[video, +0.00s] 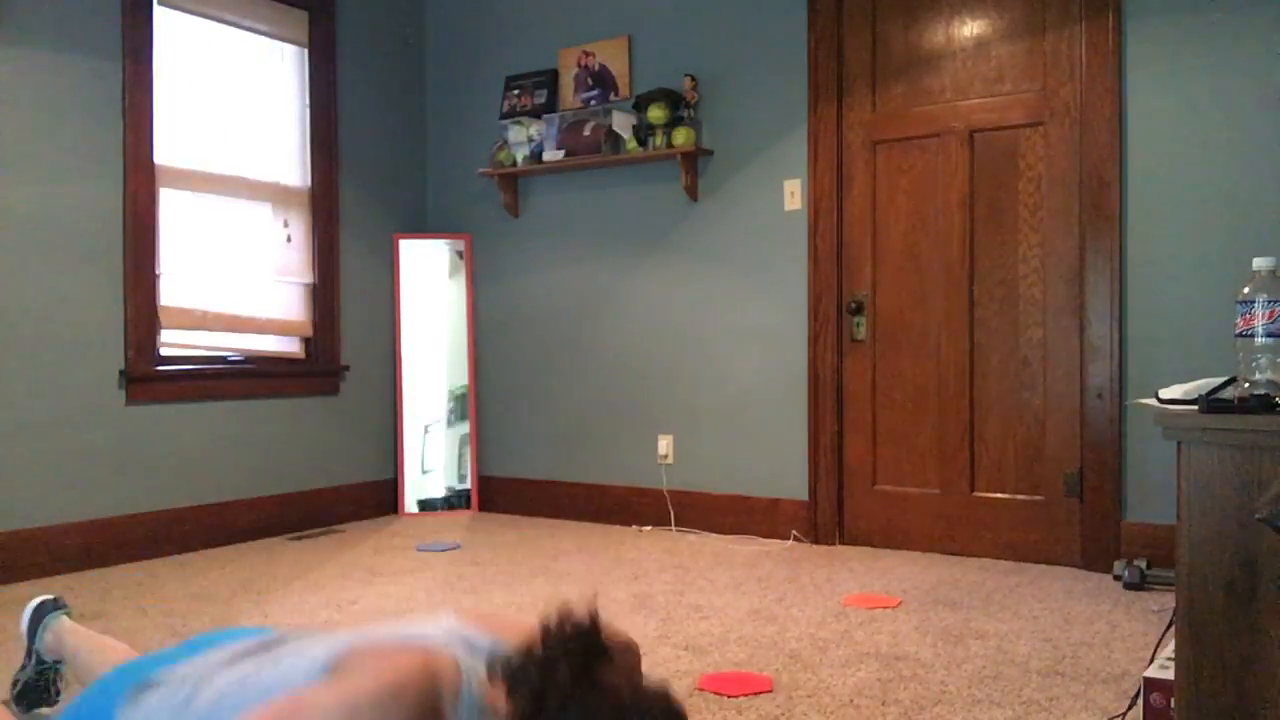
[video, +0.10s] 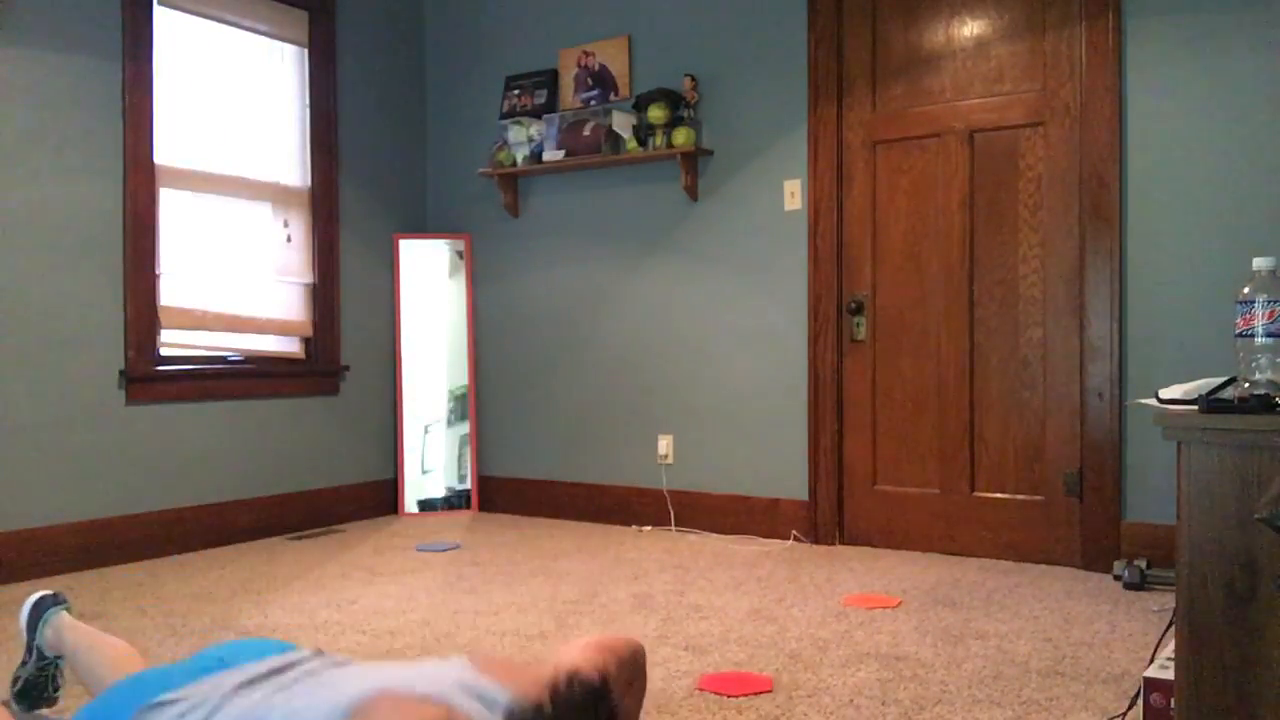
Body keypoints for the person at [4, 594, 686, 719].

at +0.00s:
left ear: (577, 663)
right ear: (547, 718)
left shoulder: (518, 657)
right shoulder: (412, 681)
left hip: (272, 651)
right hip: (209, 693)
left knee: (155, 665)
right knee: (126, 683)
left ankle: (53, 633)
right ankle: (51, 634)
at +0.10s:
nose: (590, 646)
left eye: (589, 650)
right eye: (601, 651)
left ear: (567, 666)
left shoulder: (477, 689)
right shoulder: (481, 692)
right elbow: (622, 649)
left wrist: (551, 680)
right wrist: (572, 685)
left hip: (271, 675)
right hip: (268, 682)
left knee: (147, 681)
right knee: (143, 682)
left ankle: (57, 629)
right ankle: (54, 627)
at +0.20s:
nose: (586, 674)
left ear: (585, 687)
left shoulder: (523, 702)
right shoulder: (523, 703)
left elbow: (621, 651)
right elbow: (622, 650)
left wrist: (587, 693)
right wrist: (588, 696)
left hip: (280, 682)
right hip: (259, 695)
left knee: (149, 681)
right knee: (139, 688)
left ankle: (57, 623)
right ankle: (56, 625)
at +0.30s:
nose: (594, 642)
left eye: (592, 650)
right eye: (607, 649)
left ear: (565, 666)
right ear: (590, 710)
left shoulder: (484, 693)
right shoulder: (499, 693)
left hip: (272, 688)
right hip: (275, 691)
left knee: (156, 685)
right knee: (154, 686)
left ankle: (63, 622)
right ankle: (61, 623)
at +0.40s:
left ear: (564, 664)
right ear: (558, 714)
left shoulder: (521, 669)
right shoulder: (415, 687)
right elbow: (291, 712)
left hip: (297, 669)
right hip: (244, 698)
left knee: (171, 674)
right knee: (147, 689)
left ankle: (63, 620)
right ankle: (61, 622)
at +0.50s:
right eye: (559, 716)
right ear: (550, 687)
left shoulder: (522, 637)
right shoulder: (381, 652)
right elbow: (223, 715)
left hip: (280, 658)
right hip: (198, 694)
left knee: (162, 665)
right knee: (132, 678)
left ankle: (59, 622)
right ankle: (56, 621)